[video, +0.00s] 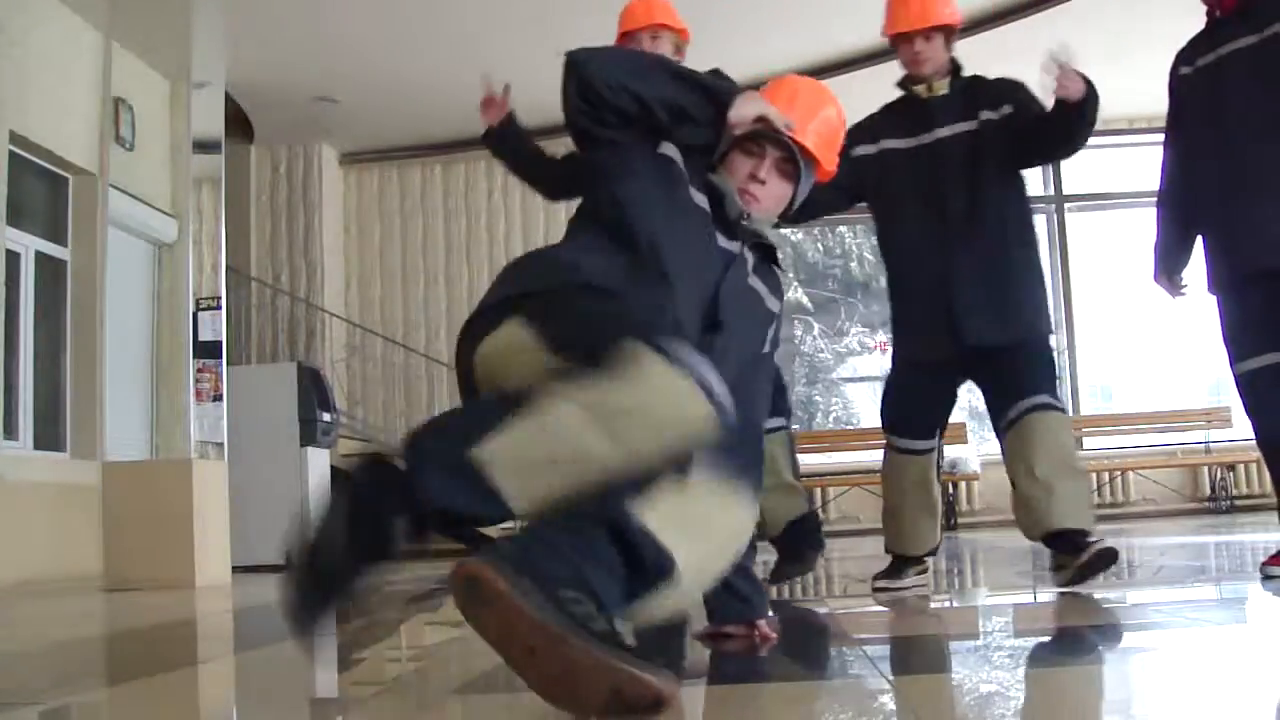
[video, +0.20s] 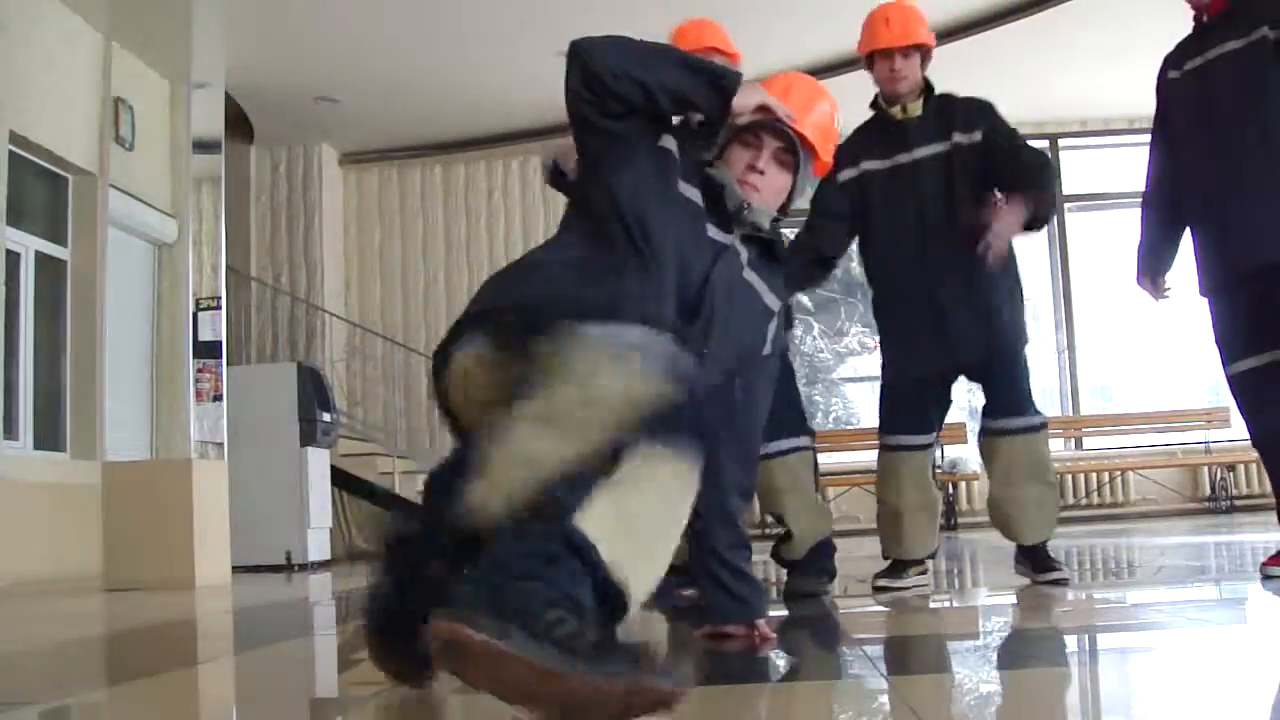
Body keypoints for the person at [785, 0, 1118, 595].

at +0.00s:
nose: (916, 50)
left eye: (926, 37)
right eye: (905, 41)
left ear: (950, 38)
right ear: (893, 49)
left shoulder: (996, 100)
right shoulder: (874, 134)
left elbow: (1050, 140)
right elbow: (815, 190)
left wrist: (1076, 105)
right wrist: (756, 181)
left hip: (1006, 306)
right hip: (924, 316)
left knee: (1035, 416)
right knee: (907, 436)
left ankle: (1069, 543)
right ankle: (909, 555)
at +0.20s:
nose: (894, 66)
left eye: (905, 54)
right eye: (882, 57)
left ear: (926, 57)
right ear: (868, 66)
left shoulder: (972, 119)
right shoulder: (855, 153)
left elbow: (1038, 176)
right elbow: (819, 244)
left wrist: (1020, 209)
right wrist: (766, 281)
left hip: (988, 310)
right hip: (910, 321)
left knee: (1015, 423)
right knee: (904, 441)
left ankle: (1032, 543)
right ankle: (908, 555)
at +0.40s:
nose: (917, 57)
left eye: (927, 45)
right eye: (905, 47)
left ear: (944, 49)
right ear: (886, 55)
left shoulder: (982, 113)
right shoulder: (856, 138)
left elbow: (1043, 150)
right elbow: (808, 195)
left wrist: (982, 174)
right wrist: (843, 218)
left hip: (988, 307)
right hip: (907, 317)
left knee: (1009, 424)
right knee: (908, 435)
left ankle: (1031, 541)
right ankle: (908, 555)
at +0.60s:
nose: (943, 67)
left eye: (953, 55)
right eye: (929, 58)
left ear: (967, 61)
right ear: (913, 67)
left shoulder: (993, 128)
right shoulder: (891, 141)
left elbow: (1029, 185)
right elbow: (863, 215)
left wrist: (1037, 152)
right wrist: (838, 201)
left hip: (990, 307)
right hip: (916, 311)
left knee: (1011, 435)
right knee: (908, 438)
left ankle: (1030, 548)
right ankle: (904, 559)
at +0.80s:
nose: (951, 87)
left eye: (960, 76)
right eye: (939, 79)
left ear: (975, 80)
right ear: (922, 89)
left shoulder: (1011, 149)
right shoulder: (904, 158)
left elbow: (1042, 214)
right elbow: (879, 229)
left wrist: (1045, 266)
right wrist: (865, 290)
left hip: (997, 316)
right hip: (925, 320)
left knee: (1018, 428)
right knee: (913, 435)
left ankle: (1032, 546)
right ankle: (897, 547)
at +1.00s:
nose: (924, 87)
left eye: (933, 76)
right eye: (912, 79)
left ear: (949, 79)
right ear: (897, 87)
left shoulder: (987, 150)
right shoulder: (878, 162)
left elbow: (1016, 228)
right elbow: (861, 249)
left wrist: (1022, 294)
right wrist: (869, 318)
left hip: (980, 322)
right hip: (906, 328)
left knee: (1007, 435)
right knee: (898, 442)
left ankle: (1030, 546)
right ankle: (883, 548)